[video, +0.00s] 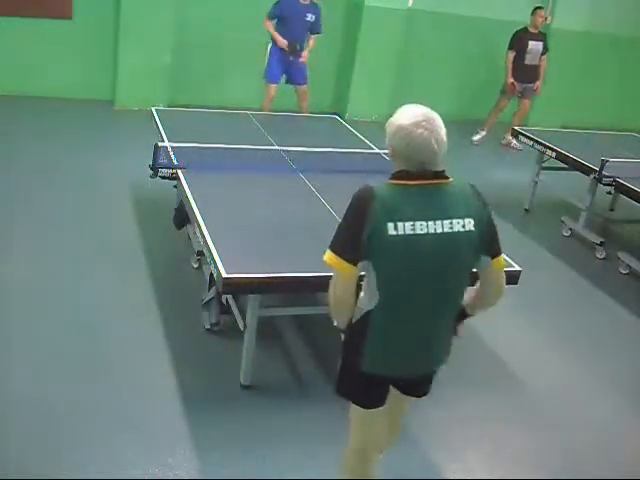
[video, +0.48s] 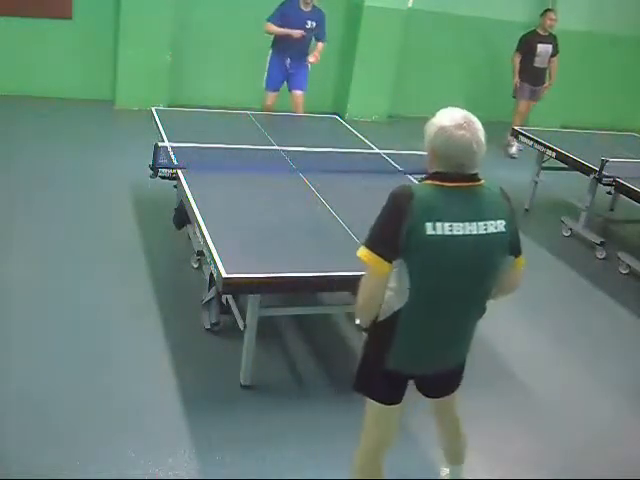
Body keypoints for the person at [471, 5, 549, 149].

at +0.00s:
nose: (542, 20)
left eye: (543, 17)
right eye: (539, 17)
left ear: (544, 20)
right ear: (532, 17)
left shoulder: (543, 37)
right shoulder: (519, 34)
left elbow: (543, 59)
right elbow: (510, 56)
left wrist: (540, 80)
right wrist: (509, 77)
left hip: (531, 81)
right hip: (515, 79)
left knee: (524, 110)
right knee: (500, 106)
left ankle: (510, 136)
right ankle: (484, 130)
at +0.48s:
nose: (552, 23)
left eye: (554, 20)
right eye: (550, 19)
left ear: (555, 22)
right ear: (542, 19)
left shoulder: (553, 39)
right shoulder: (528, 37)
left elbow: (553, 60)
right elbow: (517, 56)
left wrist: (551, 80)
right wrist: (516, 76)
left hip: (540, 80)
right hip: (525, 79)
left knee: (527, 110)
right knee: (521, 110)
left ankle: (514, 135)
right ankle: (513, 141)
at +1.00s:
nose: (557, 24)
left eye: (559, 21)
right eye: (554, 21)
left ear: (560, 23)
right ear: (546, 22)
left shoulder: (556, 41)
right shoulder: (536, 40)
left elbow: (557, 62)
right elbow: (531, 64)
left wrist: (558, 79)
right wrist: (551, 78)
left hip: (547, 84)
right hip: (532, 84)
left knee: (544, 117)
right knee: (530, 118)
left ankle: (540, 148)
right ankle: (519, 145)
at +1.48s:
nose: (571, 30)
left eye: (573, 27)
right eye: (569, 26)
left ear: (574, 28)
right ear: (561, 27)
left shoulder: (574, 47)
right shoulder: (548, 44)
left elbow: (576, 68)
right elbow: (537, 66)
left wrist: (575, 89)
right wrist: (548, 83)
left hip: (562, 91)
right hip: (544, 89)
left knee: (558, 126)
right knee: (533, 121)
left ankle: (549, 154)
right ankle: (522, 144)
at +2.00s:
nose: (576, 35)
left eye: (579, 32)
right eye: (573, 31)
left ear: (581, 33)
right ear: (566, 31)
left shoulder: (579, 51)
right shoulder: (551, 48)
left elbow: (582, 72)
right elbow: (541, 69)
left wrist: (582, 94)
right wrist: (557, 85)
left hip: (567, 93)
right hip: (548, 91)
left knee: (571, 127)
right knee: (540, 125)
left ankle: (557, 154)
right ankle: (535, 151)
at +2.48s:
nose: (595, 43)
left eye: (598, 40)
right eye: (593, 39)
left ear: (600, 42)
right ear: (585, 39)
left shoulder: (597, 60)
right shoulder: (570, 56)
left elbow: (597, 80)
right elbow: (557, 77)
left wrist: (597, 100)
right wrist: (572, 91)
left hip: (581, 100)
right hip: (561, 99)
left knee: (582, 135)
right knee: (547, 129)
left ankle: (578, 168)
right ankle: (536, 152)